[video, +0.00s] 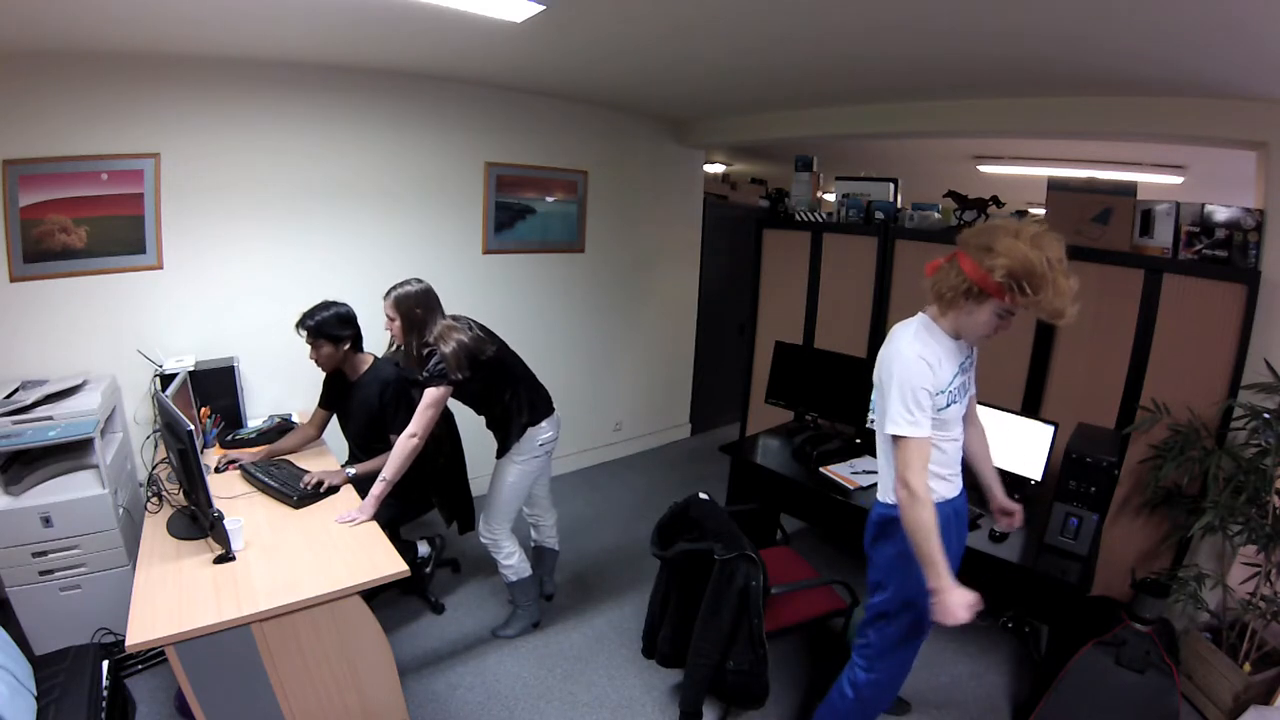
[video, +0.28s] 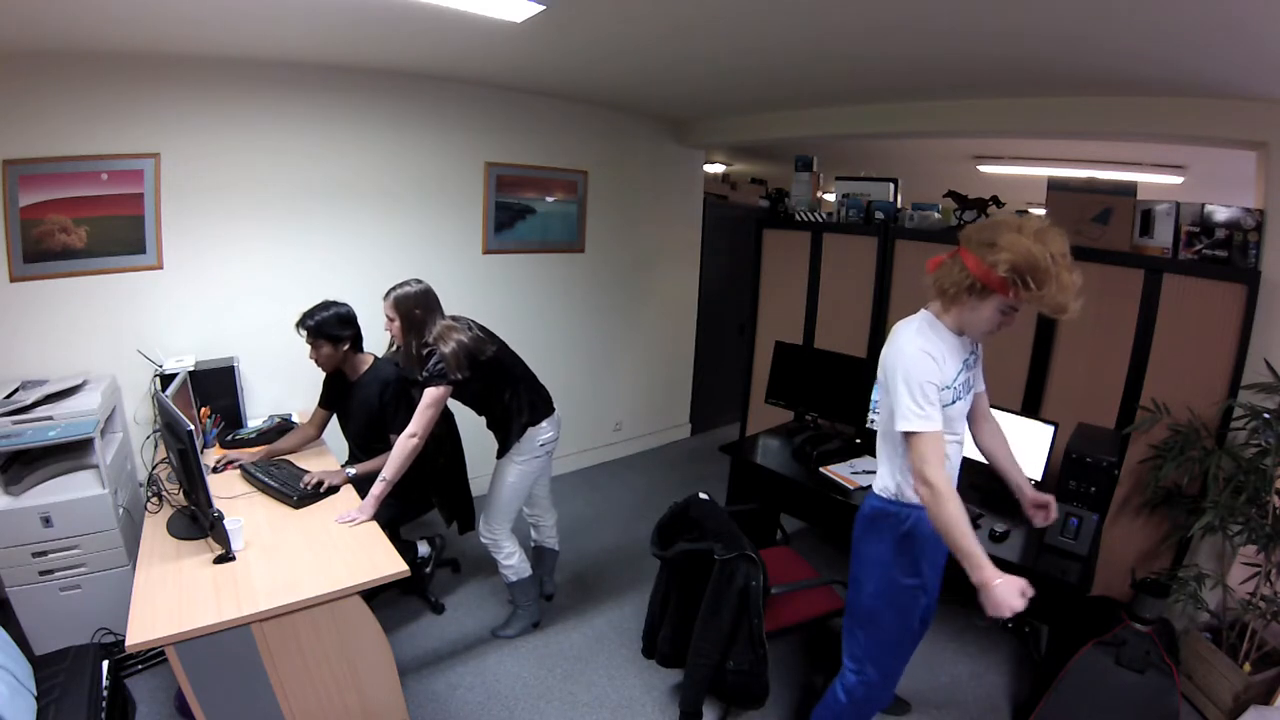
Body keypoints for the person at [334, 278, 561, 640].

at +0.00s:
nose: (387, 327)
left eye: (391, 319)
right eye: (387, 319)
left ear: (414, 317)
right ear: (424, 314)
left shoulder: (445, 353)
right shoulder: (456, 326)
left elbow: (414, 436)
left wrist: (371, 500)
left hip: (527, 432)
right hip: (540, 419)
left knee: (494, 529)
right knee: (539, 507)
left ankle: (527, 608)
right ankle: (545, 581)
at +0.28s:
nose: (387, 327)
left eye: (391, 320)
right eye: (386, 319)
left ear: (414, 318)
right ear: (422, 314)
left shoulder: (445, 352)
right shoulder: (455, 326)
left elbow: (414, 436)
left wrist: (371, 500)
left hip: (528, 432)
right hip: (540, 419)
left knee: (494, 528)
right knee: (539, 507)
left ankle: (527, 607)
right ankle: (545, 581)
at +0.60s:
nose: (386, 328)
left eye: (390, 320)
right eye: (386, 320)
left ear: (413, 318)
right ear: (421, 315)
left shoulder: (445, 352)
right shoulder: (454, 327)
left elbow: (414, 436)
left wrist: (371, 500)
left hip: (528, 431)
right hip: (540, 419)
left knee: (494, 529)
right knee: (540, 508)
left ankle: (527, 607)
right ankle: (545, 582)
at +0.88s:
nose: (386, 328)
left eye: (390, 320)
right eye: (386, 320)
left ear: (413, 318)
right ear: (422, 314)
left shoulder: (444, 355)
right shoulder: (456, 327)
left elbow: (414, 437)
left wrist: (372, 500)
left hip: (528, 432)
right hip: (542, 419)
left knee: (494, 529)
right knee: (540, 507)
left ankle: (527, 607)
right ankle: (545, 582)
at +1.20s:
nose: (386, 329)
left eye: (390, 321)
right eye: (386, 320)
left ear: (413, 319)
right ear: (422, 315)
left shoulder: (444, 355)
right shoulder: (455, 328)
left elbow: (414, 437)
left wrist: (372, 500)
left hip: (529, 432)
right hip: (542, 419)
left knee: (494, 529)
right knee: (540, 507)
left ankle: (527, 607)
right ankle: (545, 582)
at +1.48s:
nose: (387, 330)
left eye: (392, 322)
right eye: (387, 322)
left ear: (417, 319)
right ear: (424, 316)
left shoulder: (446, 355)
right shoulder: (457, 328)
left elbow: (415, 438)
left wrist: (371, 500)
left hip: (529, 432)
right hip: (543, 419)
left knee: (495, 529)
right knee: (540, 505)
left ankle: (527, 607)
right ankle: (545, 581)